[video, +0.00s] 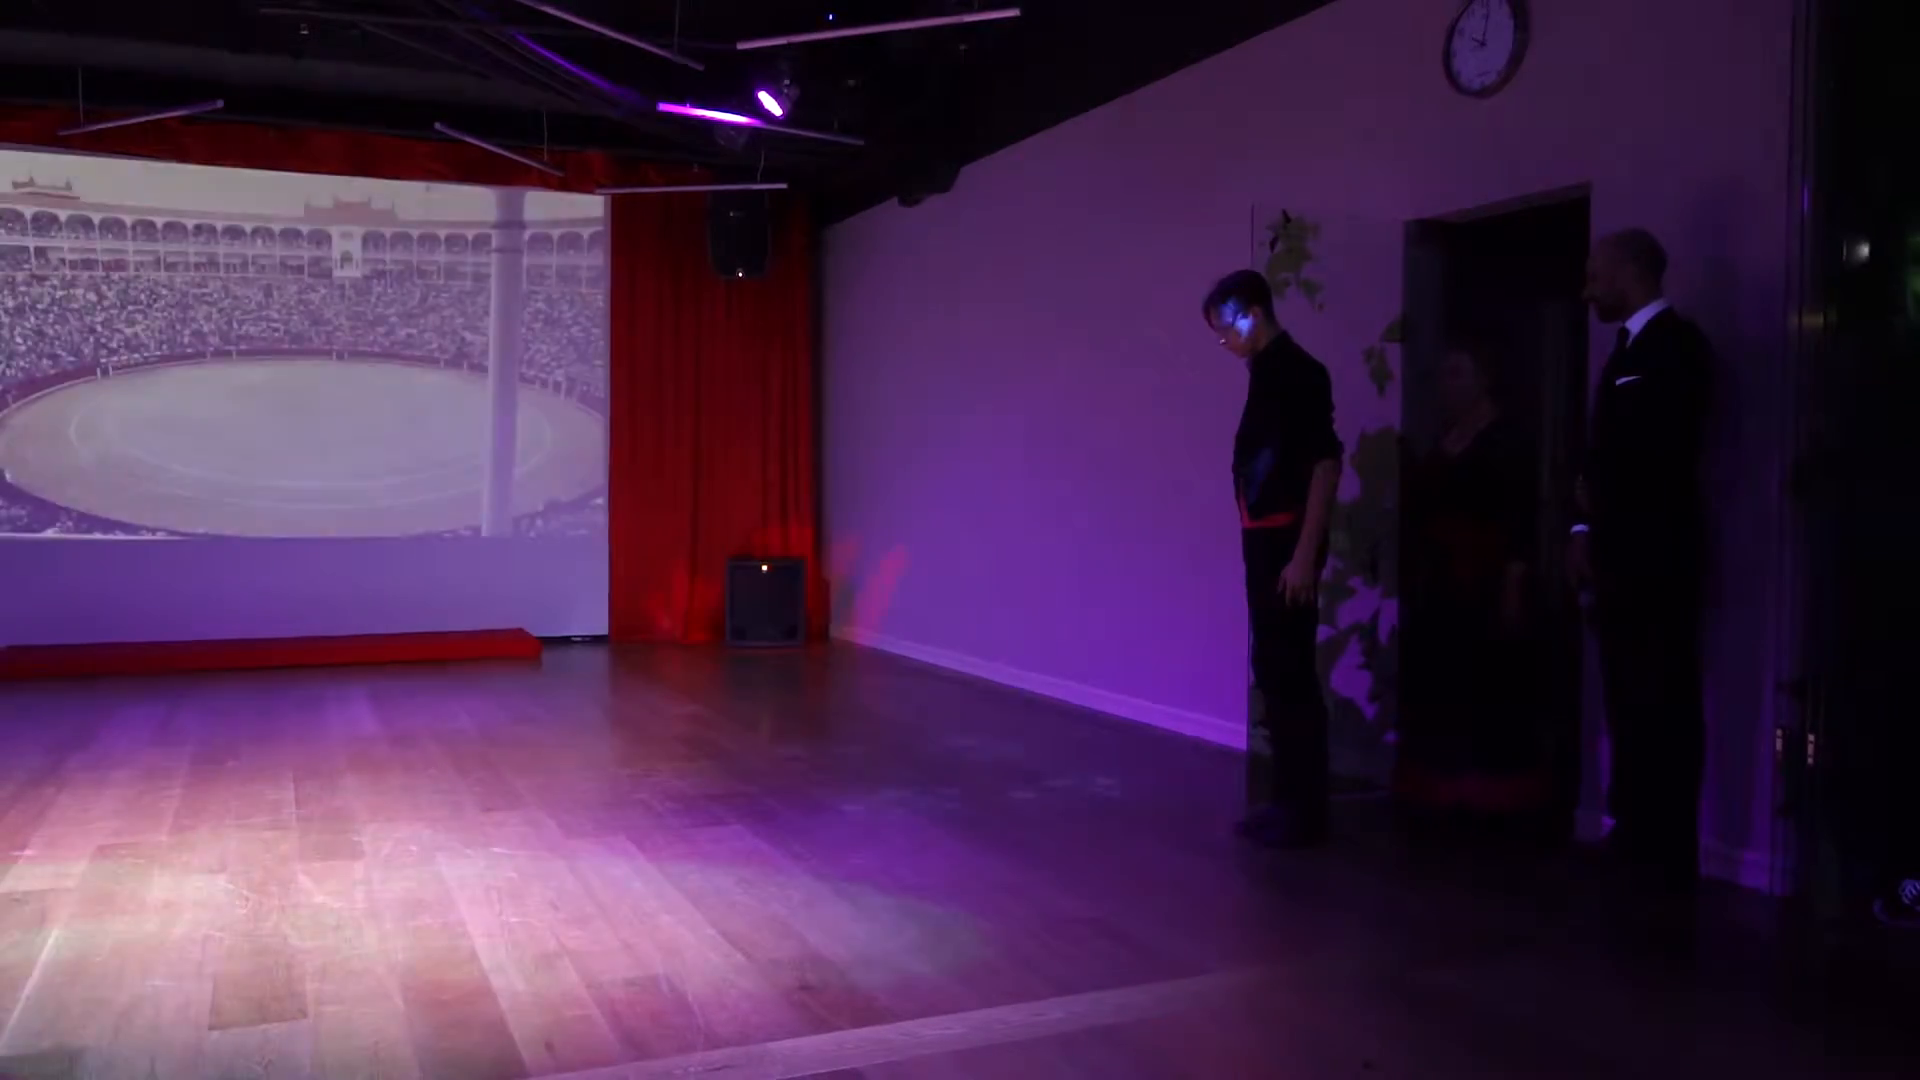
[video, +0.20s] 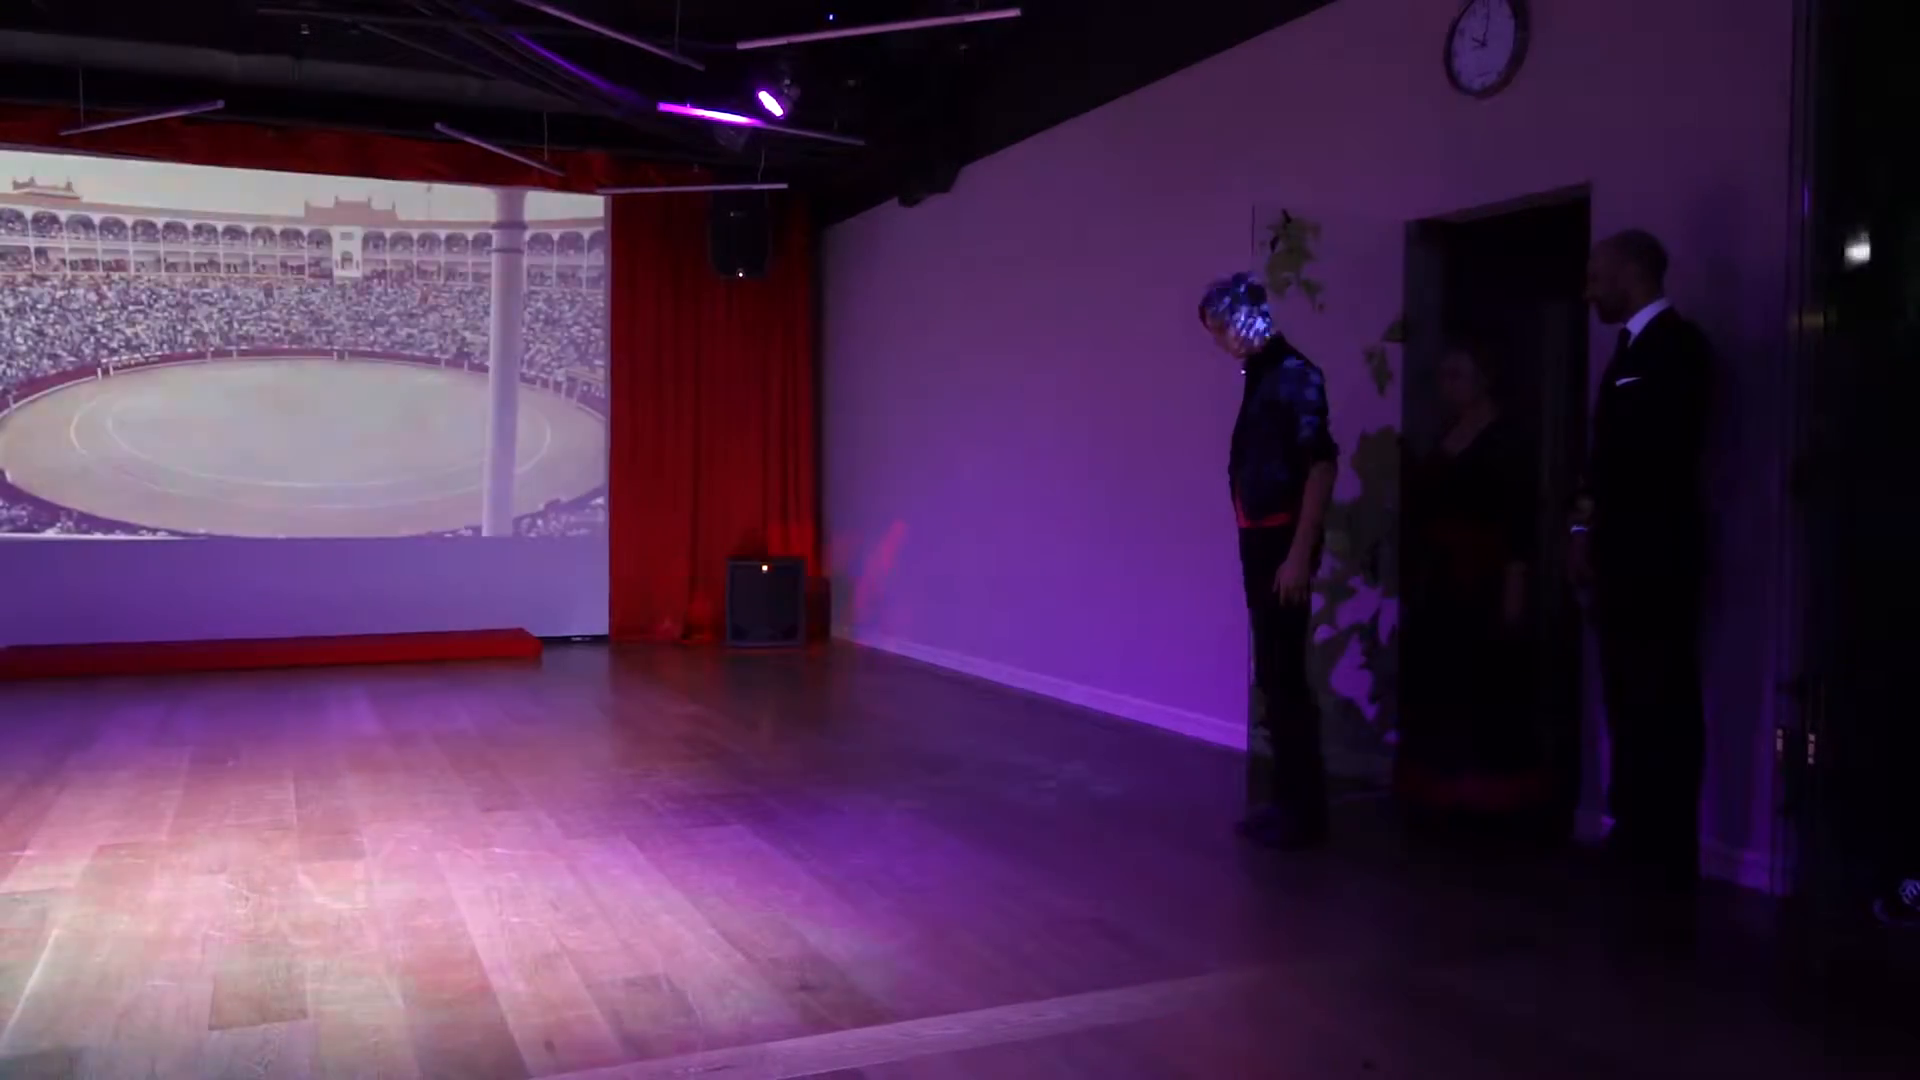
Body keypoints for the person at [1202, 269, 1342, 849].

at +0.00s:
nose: (1223, 341)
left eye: (1225, 327)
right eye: (1219, 331)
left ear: (1252, 314)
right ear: (1248, 318)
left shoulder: (1296, 371)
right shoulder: (1269, 371)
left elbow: (1325, 464)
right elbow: (1280, 466)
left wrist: (1303, 556)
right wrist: (1263, 548)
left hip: (1284, 544)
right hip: (1264, 542)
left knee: (1287, 675)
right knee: (1277, 676)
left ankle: (1299, 809)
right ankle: (1289, 803)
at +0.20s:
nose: (1219, 342)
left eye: (1222, 329)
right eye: (1215, 332)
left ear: (1248, 319)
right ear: (1239, 324)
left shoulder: (1295, 376)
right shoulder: (1262, 375)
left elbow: (1320, 467)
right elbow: (1265, 464)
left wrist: (1298, 556)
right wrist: (1252, 541)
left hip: (1282, 544)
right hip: (1259, 541)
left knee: (1284, 678)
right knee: (1275, 678)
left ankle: (1298, 810)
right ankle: (1287, 803)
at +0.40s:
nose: (1210, 344)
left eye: (1213, 332)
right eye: (1206, 334)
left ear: (1242, 320)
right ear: (1231, 326)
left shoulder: (1285, 377)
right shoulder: (1254, 375)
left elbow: (1312, 468)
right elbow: (1261, 464)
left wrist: (1294, 561)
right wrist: (1246, 542)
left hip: (1272, 547)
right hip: (1252, 544)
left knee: (1251, 667)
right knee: (1263, 668)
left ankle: (1293, 805)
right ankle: (1289, 800)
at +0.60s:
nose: (1190, 349)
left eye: (1193, 337)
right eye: (1187, 339)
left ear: (1222, 327)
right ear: (1223, 328)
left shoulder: (1267, 381)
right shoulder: (1240, 379)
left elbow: (1300, 473)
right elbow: (1239, 466)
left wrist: (1285, 564)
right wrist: (1230, 542)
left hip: (1255, 551)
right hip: (1245, 548)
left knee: (1200, 663)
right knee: (1269, 675)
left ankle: (1211, 800)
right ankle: (1293, 802)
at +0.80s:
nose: (1164, 352)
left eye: (1167, 340)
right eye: (1160, 342)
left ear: (1197, 331)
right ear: (1198, 334)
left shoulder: (1239, 387)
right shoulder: (1211, 386)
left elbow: (1274, 477)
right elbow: (1212, 476)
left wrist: (1259, 569)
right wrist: (1201, 545)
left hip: (1228, 557)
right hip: (1216, 554)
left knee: (1169, 667)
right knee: (1259, 679)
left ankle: (1124, 801)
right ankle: (1294, 804)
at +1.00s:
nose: (1126, 349)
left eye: (1130, 336)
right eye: (1121, 339)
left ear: (1160, 326)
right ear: (1150, 331)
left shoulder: (1198, 382)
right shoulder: (1175, 381)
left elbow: (1227, 475)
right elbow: (1181, 475)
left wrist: (1213, 569)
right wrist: (1161, 551)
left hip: (1180, 554)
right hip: (1175, 550)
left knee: (1137, 672)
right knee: (1219, 670)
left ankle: (1104, 805)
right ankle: (1283, 786)